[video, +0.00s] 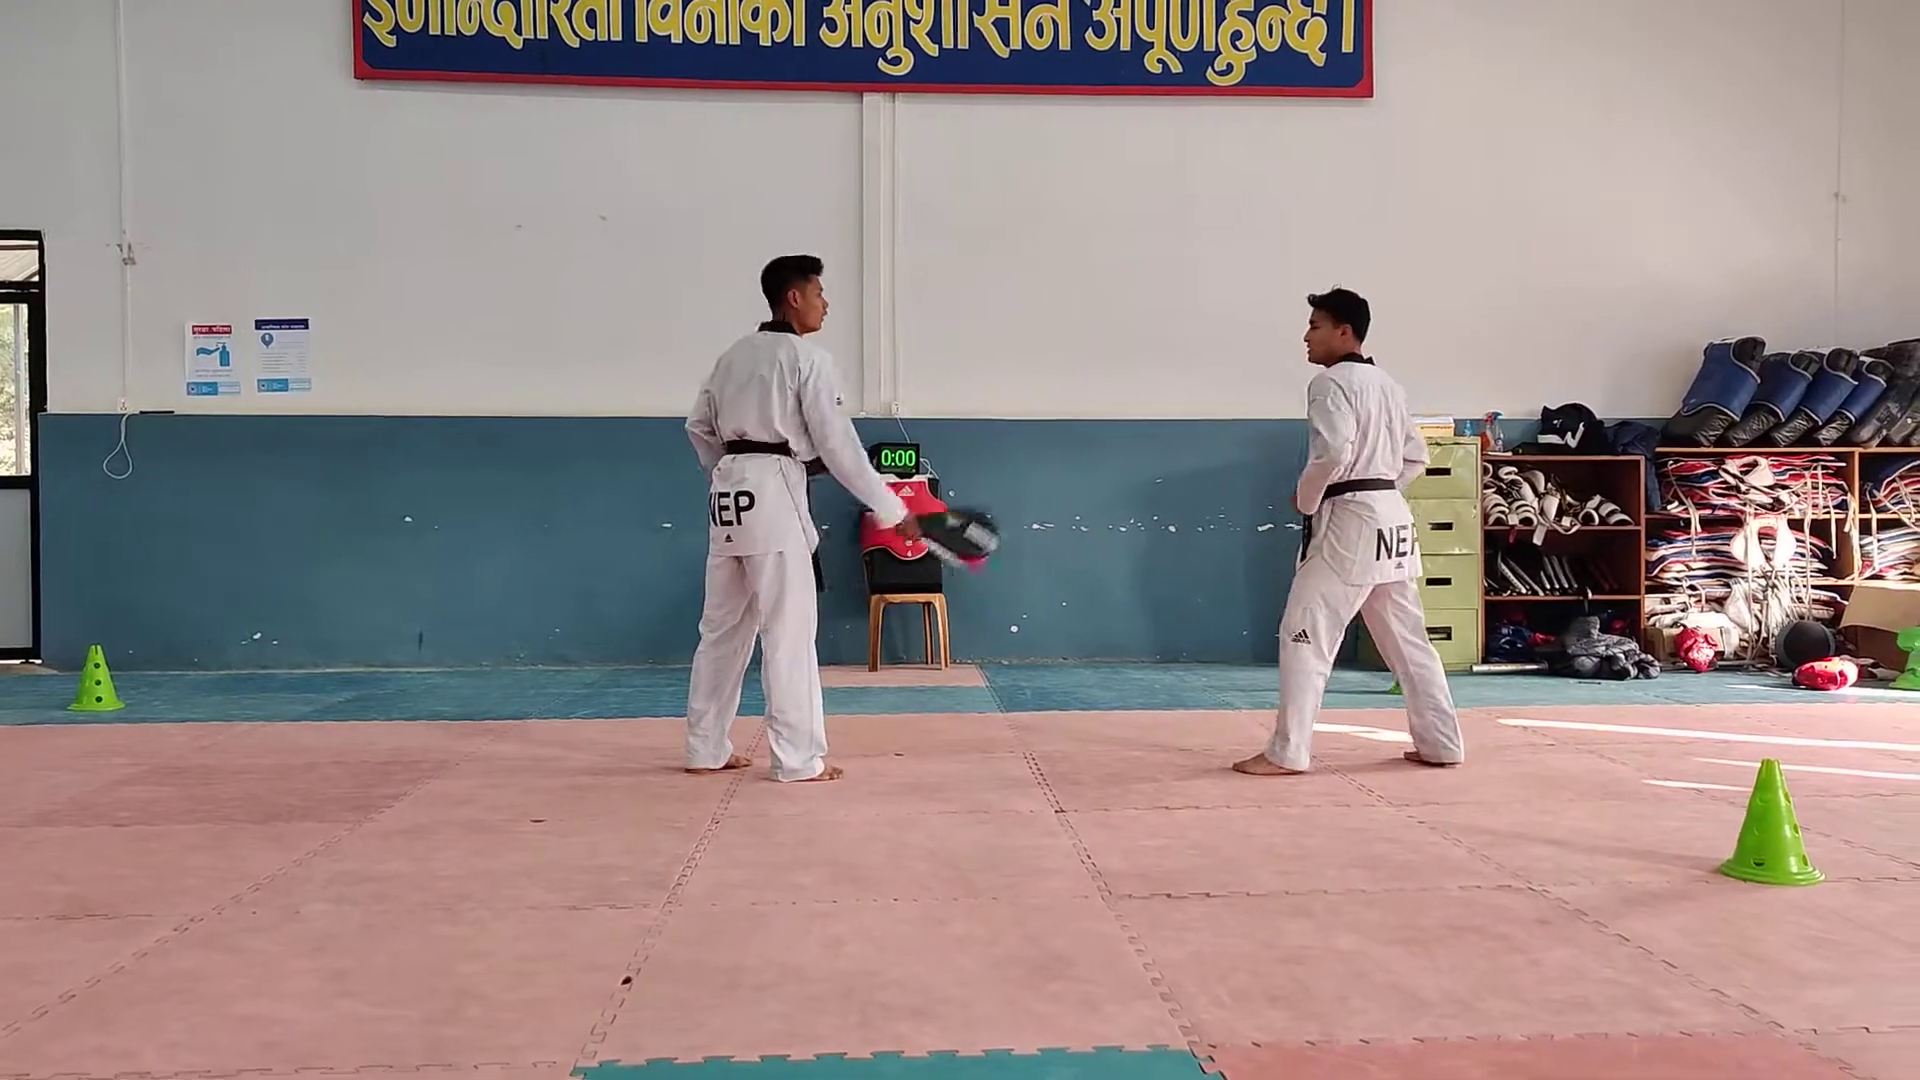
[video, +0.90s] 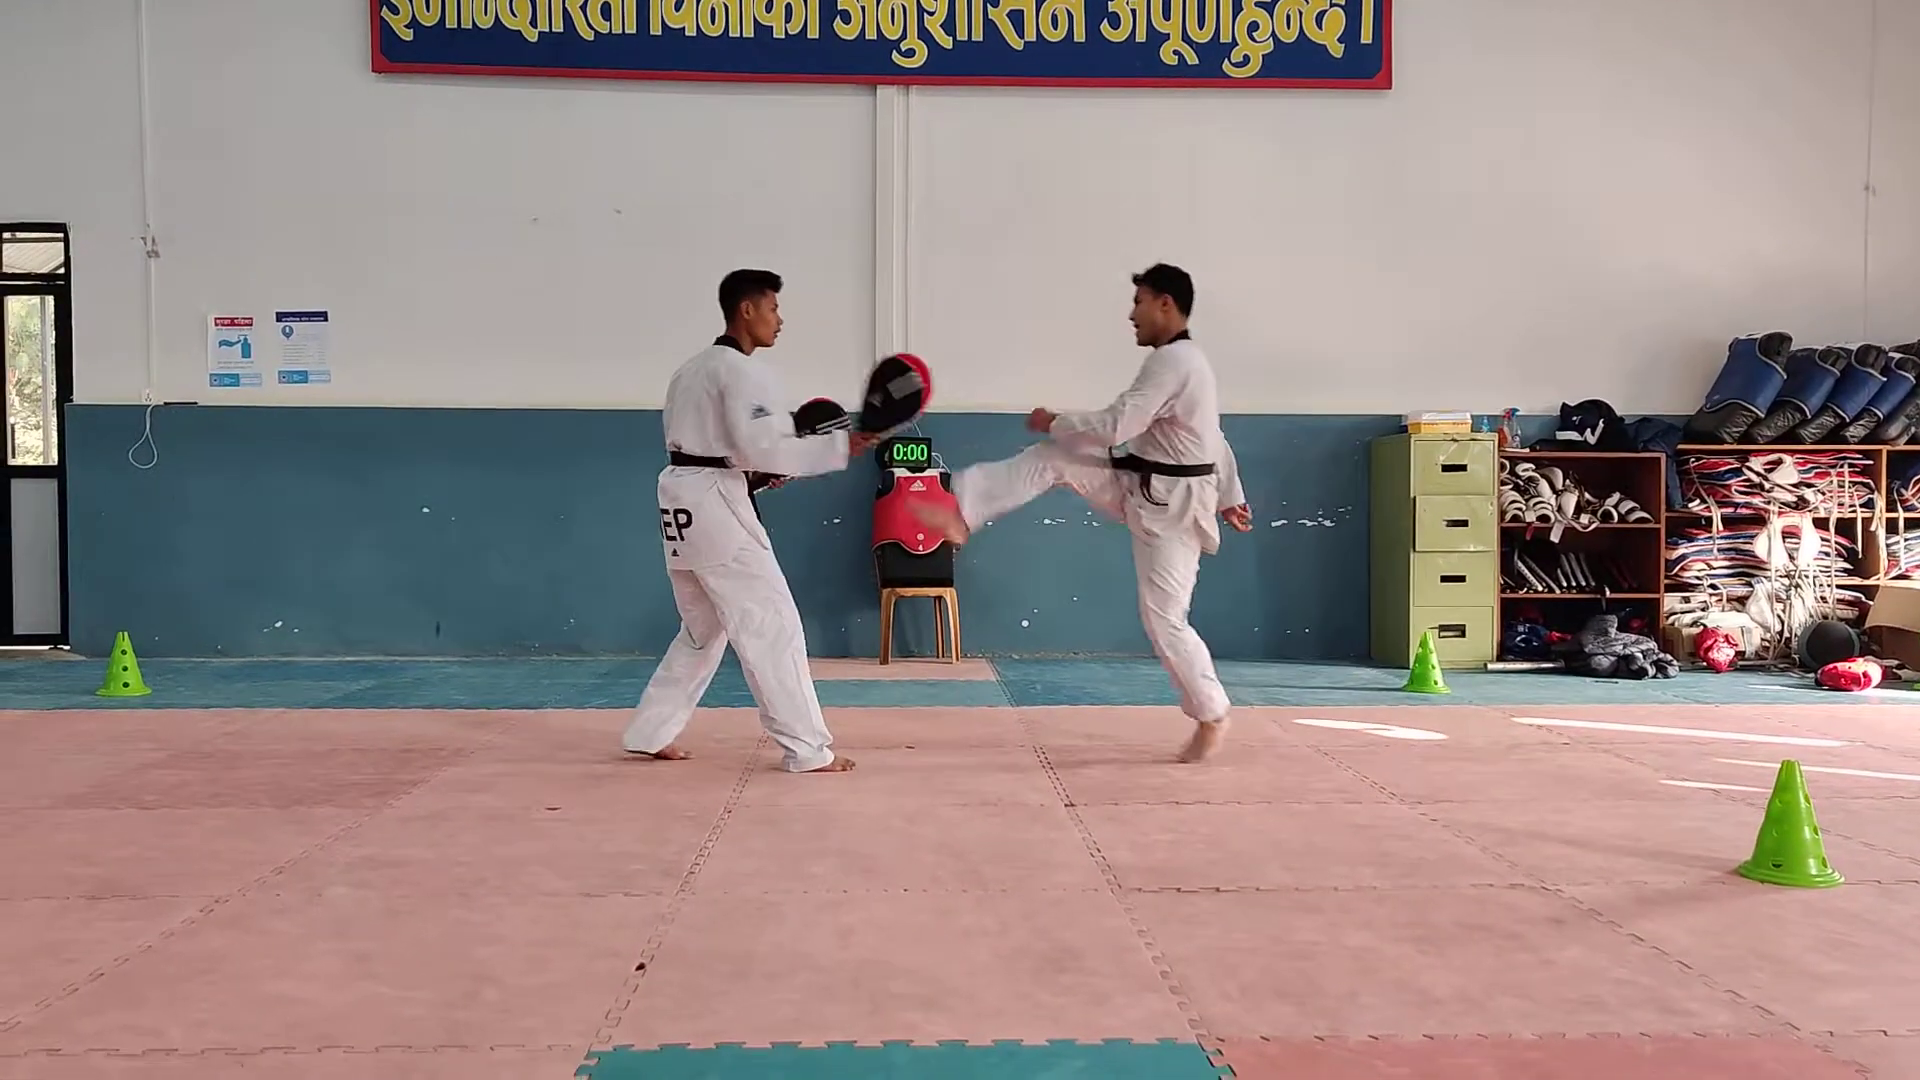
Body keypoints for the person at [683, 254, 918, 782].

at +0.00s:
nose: (825, 302)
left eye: (823, 292)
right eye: (818, 293)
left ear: (782, 300)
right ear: (793, 298)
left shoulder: (734, 353)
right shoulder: (807, 358)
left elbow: (700, 425)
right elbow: (838, 448)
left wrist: (727, 473)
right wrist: (892, 508)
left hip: (726, 487)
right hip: (773, 487)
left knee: (723, 624)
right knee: (789, 622)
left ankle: (706, 749)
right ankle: (798, 758)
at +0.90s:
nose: (779, 318)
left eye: (778, 308)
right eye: (772, 308)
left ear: (737, 314)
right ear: (744, 311)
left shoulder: (691, 370)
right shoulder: (741, 371)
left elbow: (709, 457)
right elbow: (765, 448)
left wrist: (768, 468)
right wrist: (841, 447)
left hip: (677, 502)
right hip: (717, 504)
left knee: (702, 626)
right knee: (772, 620)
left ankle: (648, 735)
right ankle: (807, 749)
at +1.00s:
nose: (749, 309)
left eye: (748, 299)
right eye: (741, 299)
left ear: (716, 304)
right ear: (711, 301)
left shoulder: (699, 363)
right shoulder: (692, 358)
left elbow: (710, 450)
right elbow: (685, 435)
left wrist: (764, 478)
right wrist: (759, 434)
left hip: (659, 489)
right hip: (679, 487)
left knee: (692, 619)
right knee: (751, 603)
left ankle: (653, 733)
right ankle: (811, 737)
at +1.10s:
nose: (724, 295)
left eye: (723, 286)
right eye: (715, 286)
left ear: (695, 290)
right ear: (686, 288)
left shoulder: (703, 353)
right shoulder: (648, 348)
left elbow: (705, 438)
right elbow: (634, 422)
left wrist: (756, 468)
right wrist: (711, 419)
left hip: (665, 475)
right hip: (640, 475)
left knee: (675, 604)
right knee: (708, 591)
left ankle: (666, 722)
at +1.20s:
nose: (690, 287)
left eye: (690, 278)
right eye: (683, 277)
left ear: (664, 280)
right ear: (655, 278)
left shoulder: (673, 346)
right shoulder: (611, 339)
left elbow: (681, 430)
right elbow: (600, 414)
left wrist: (732, 462)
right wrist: (676, 397)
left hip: (654, 474)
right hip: (610, 468)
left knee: (686, 597)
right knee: (641, 590)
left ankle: (676, 718)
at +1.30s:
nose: (656, 284)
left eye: (656, 275)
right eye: (648, 275)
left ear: (631, 281)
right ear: (619, 279)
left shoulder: (652, 341)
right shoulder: (582, 337)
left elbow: (664, 422)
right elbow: (578, 407)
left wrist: (699, 465)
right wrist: (655, 385)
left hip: (632, 475)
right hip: (581, 473)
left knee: (678, 594)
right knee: (558, 595)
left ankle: (686, 712)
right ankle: (474, 694)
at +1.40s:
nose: (619, 288)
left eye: (618, 279)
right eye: (611, 279)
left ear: (590, 283)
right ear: (580, 281)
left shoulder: (606, 353)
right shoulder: (546, 343)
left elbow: (614, 432)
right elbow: (582, 413)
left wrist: (657, 457)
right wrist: (656, 385)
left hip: (595, 482)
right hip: (543, 478)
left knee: (644, 594)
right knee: (484, 595)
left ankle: (692, 704)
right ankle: (414, 705)